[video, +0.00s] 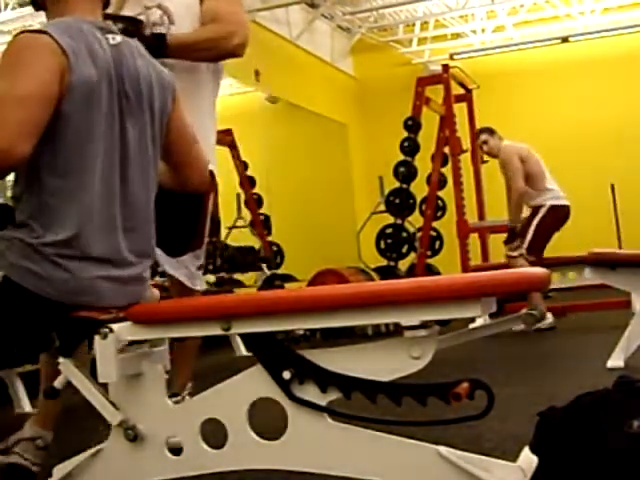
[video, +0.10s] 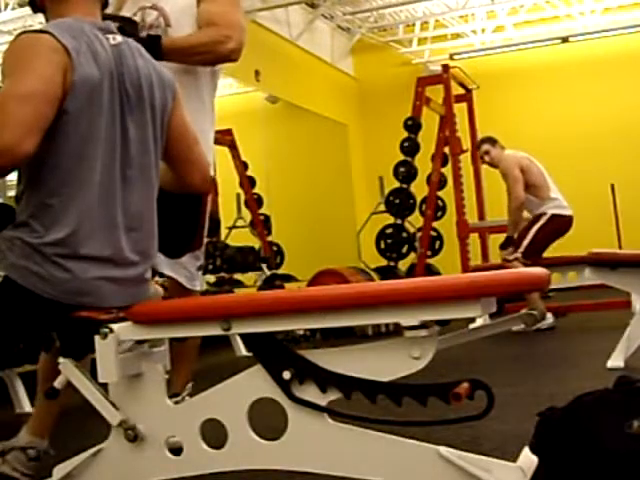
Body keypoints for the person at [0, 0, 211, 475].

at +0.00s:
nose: (38, 10)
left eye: (40, 7)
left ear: (45, 3)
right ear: (105, 5)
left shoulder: (41, 46)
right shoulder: (154, 74)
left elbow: (11, 147)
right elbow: (194, 175)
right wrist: (130, 159)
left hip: (40, 283)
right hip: (125, 289)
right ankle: (37, 436)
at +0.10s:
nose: (35, 11)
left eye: (35, 8)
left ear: (42, 4)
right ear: (102, 4)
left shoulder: (44, 45)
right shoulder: (152, 71)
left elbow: (15, 143)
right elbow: (195, 176)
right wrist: (130, 161)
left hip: (41, 280)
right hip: (125, 287)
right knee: (61, 349)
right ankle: (35, 442)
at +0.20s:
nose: (35, 11)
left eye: (35, 8)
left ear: (42, 4)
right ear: (103, 4)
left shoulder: (46, 45)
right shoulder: (152, 71)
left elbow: (18, 142)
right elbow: (195, 175)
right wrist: (131, 159)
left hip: (42, 277)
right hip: (125, 284)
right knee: (50, 337)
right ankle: (28, 439)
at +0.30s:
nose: (40, 11)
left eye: (40, 8)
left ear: (45, 4)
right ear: (106, 4)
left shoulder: (47, 45)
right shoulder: (155, 75)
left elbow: (19, 143)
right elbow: (194, 173)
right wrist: (133, 152)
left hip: (45, 275)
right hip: (124, 282)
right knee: (38, 341)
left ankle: (13, 441)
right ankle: (12, 440)